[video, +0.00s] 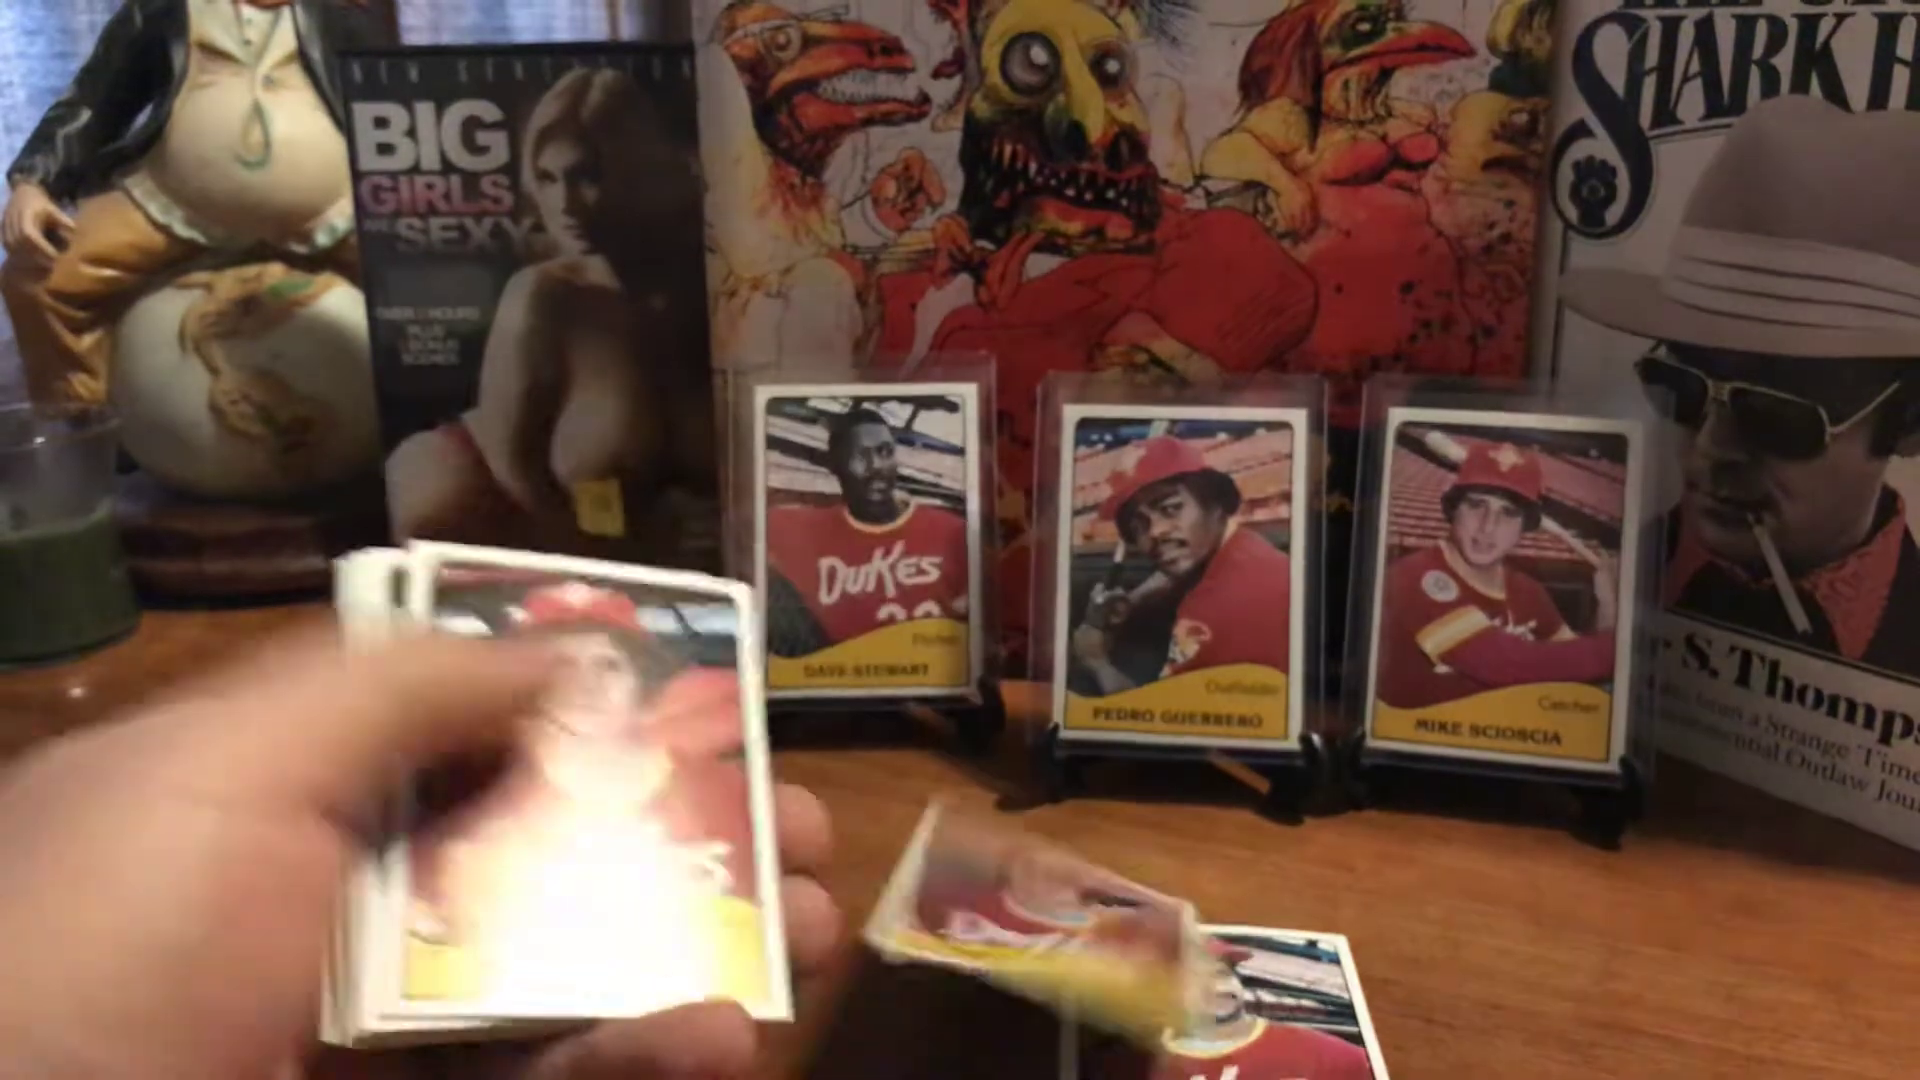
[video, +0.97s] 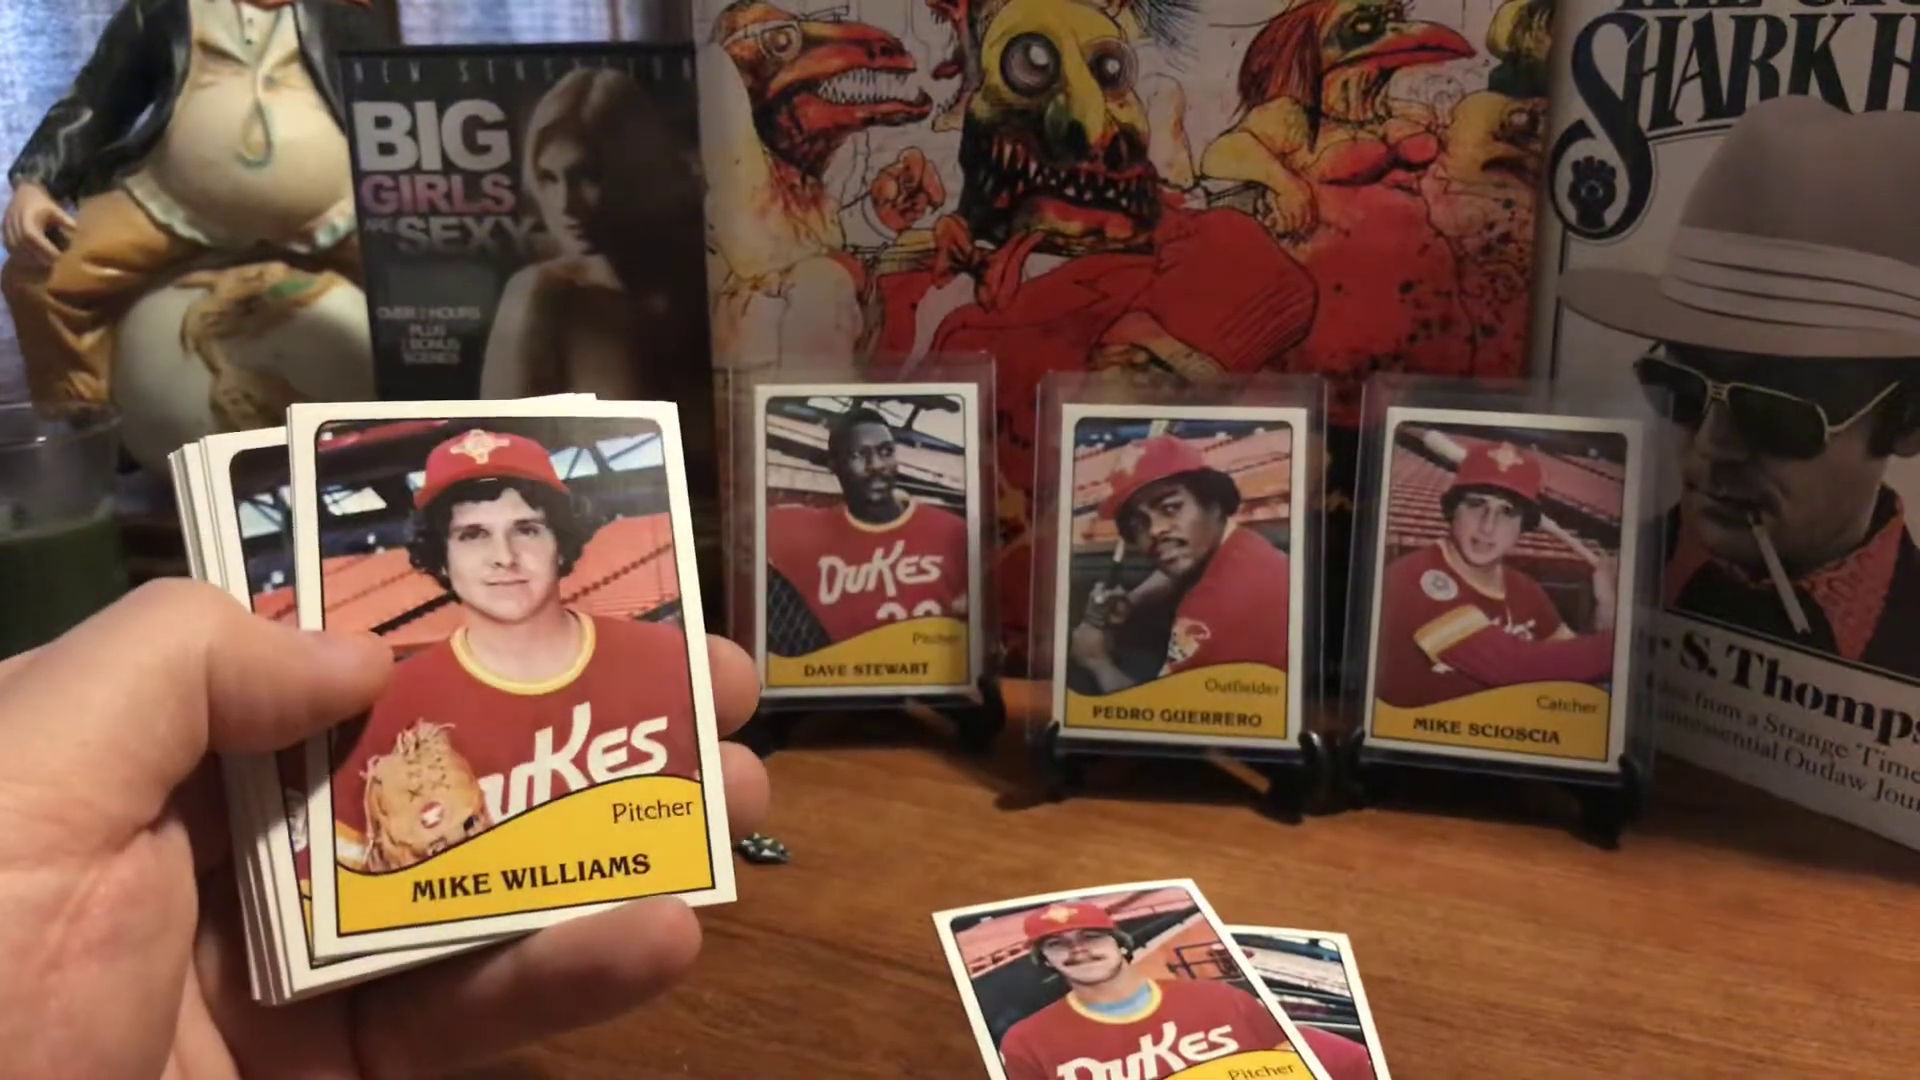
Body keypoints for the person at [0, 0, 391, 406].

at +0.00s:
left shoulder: (341, 17)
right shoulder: (157, 13)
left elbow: (395, 97)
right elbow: (93, 101)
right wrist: (30, 180)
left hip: (334, 212)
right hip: (172, 206)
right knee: (38, 277)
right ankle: (89, 446)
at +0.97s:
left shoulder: (346, 16)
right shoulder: (161, 10)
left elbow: (400, 101)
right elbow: (94, 101)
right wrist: (31, 181)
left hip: (336, 210)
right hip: (174, 206)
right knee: (39, 278)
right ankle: (98, 447)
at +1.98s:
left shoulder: (346, 18)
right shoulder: (159, 14)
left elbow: (400, 99)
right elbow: (94, 102)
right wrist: (31, 182)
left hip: (335, 211)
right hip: (176, 205)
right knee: (39, 280)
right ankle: (93, 445)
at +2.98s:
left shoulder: (343, 17)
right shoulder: (161, 13)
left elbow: (395, 90)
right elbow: (99, 98)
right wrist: (34, 180)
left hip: (340, 209)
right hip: (178, 205)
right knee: (43, 278)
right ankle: (95, 431)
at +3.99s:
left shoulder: (345, 17)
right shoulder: (162, 12)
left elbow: (396, 96)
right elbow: (99, 99)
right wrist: (34, 180)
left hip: (341, 210)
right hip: (178, 205)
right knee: (42, 279)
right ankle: (95, 440)